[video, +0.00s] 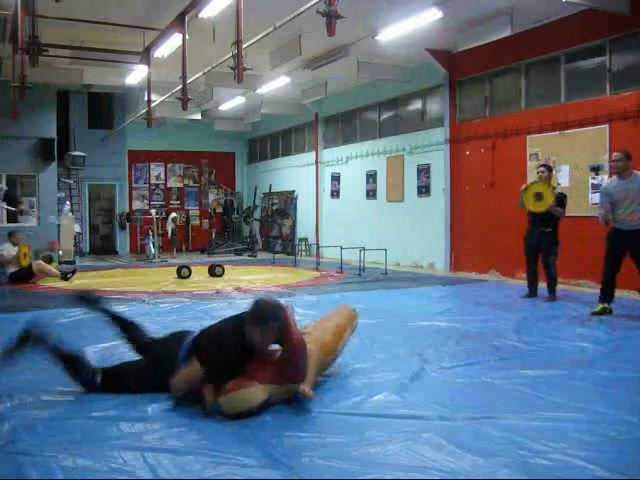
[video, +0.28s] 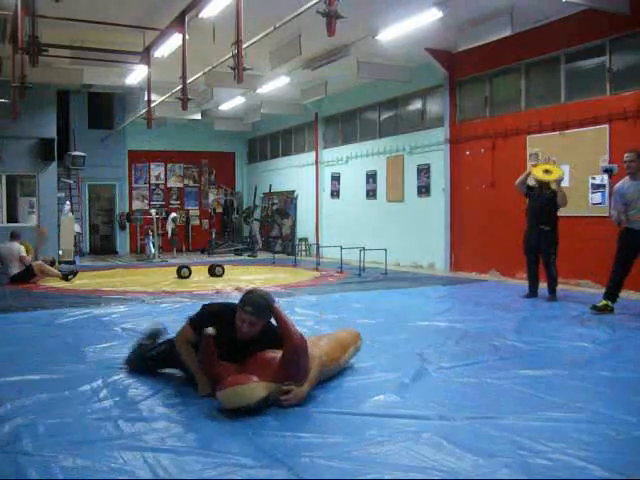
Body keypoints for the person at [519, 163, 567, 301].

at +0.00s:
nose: (540, 175)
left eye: (543, 172)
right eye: (538, 172)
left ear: (550, 174)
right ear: (537, 175)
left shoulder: (558, 194)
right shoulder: (533, 191)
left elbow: (561, 213)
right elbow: (523, 206)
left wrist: (551, 207)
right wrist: (523, 194)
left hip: (549, 231)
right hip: (533, 230)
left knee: (549, 263)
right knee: (531, 262)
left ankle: (552, 292)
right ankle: (532, 290)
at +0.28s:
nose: (543, 175)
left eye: (547, 172)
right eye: (541, 172)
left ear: (551, 176)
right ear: (537, 175)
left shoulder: (554, 191)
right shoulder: (532, 190)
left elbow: (562, 203)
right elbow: (519, 184)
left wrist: (558, 185)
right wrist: (529, 171)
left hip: (548, 229)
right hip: (533, 227)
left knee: (549, 262)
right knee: (531, 261)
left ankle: (552, 291)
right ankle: (532, 290)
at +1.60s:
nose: (524, 180)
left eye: (527, 178)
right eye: (525, 178)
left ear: (535, 182)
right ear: (533, 182)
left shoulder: (539, 195)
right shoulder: (534, 196)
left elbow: (539, 211)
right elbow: (538, 216)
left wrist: (517, 214)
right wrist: (526, 223)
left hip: (550, 232)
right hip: (541, 232)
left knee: (544, 259)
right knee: (535, 260)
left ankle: (551, 292)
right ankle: (536, 290)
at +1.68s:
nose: (519, 182)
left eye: (522, 179)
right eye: (520, 179)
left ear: (530, 182)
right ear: (528, 183)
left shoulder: (538, 196)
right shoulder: (531, 198)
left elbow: (544, 211)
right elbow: (535, 215)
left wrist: (522, 220)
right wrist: (525, 225)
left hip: (550, 232)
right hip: (540, 232)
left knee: (546, 260)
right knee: (536, 260)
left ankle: (552, 292)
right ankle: (536, 290)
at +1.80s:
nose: (515, 183)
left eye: (518, 181)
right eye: (515, 181)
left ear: (527, 183)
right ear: (525, 183)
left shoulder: (538, 194)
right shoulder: (527, 199)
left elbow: (548, 208)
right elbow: (535, 217)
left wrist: (529, 219)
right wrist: (524, 229)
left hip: (551, 230)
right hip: (539, 231)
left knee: (548, 260)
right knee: (536, 260)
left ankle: (552, 292)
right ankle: (536, 290)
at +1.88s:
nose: (513, 184)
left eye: (515, 182)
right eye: (513, 182)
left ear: (524, 184)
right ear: (521, 184)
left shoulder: (537, 194)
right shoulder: (525, 201)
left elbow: (547, 208)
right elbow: (534, 218)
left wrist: (528, 219)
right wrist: (523, 229)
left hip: (551, 230)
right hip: (539, 231)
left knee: (549, 260)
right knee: (535, 260)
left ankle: (552, 292)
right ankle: (536, 290)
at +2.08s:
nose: (514, 183)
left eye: (517, 180)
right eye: (514, 180)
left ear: (526, 182)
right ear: (523, 183)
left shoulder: (536, 193)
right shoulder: (526, 199)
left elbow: (541, 204)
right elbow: (533, 219)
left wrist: (520, 214)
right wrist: (522, 227)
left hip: (549, 230)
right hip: (537, 231)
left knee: (548, 260)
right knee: (535, 260)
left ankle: (553, 292)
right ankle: (536, 290)